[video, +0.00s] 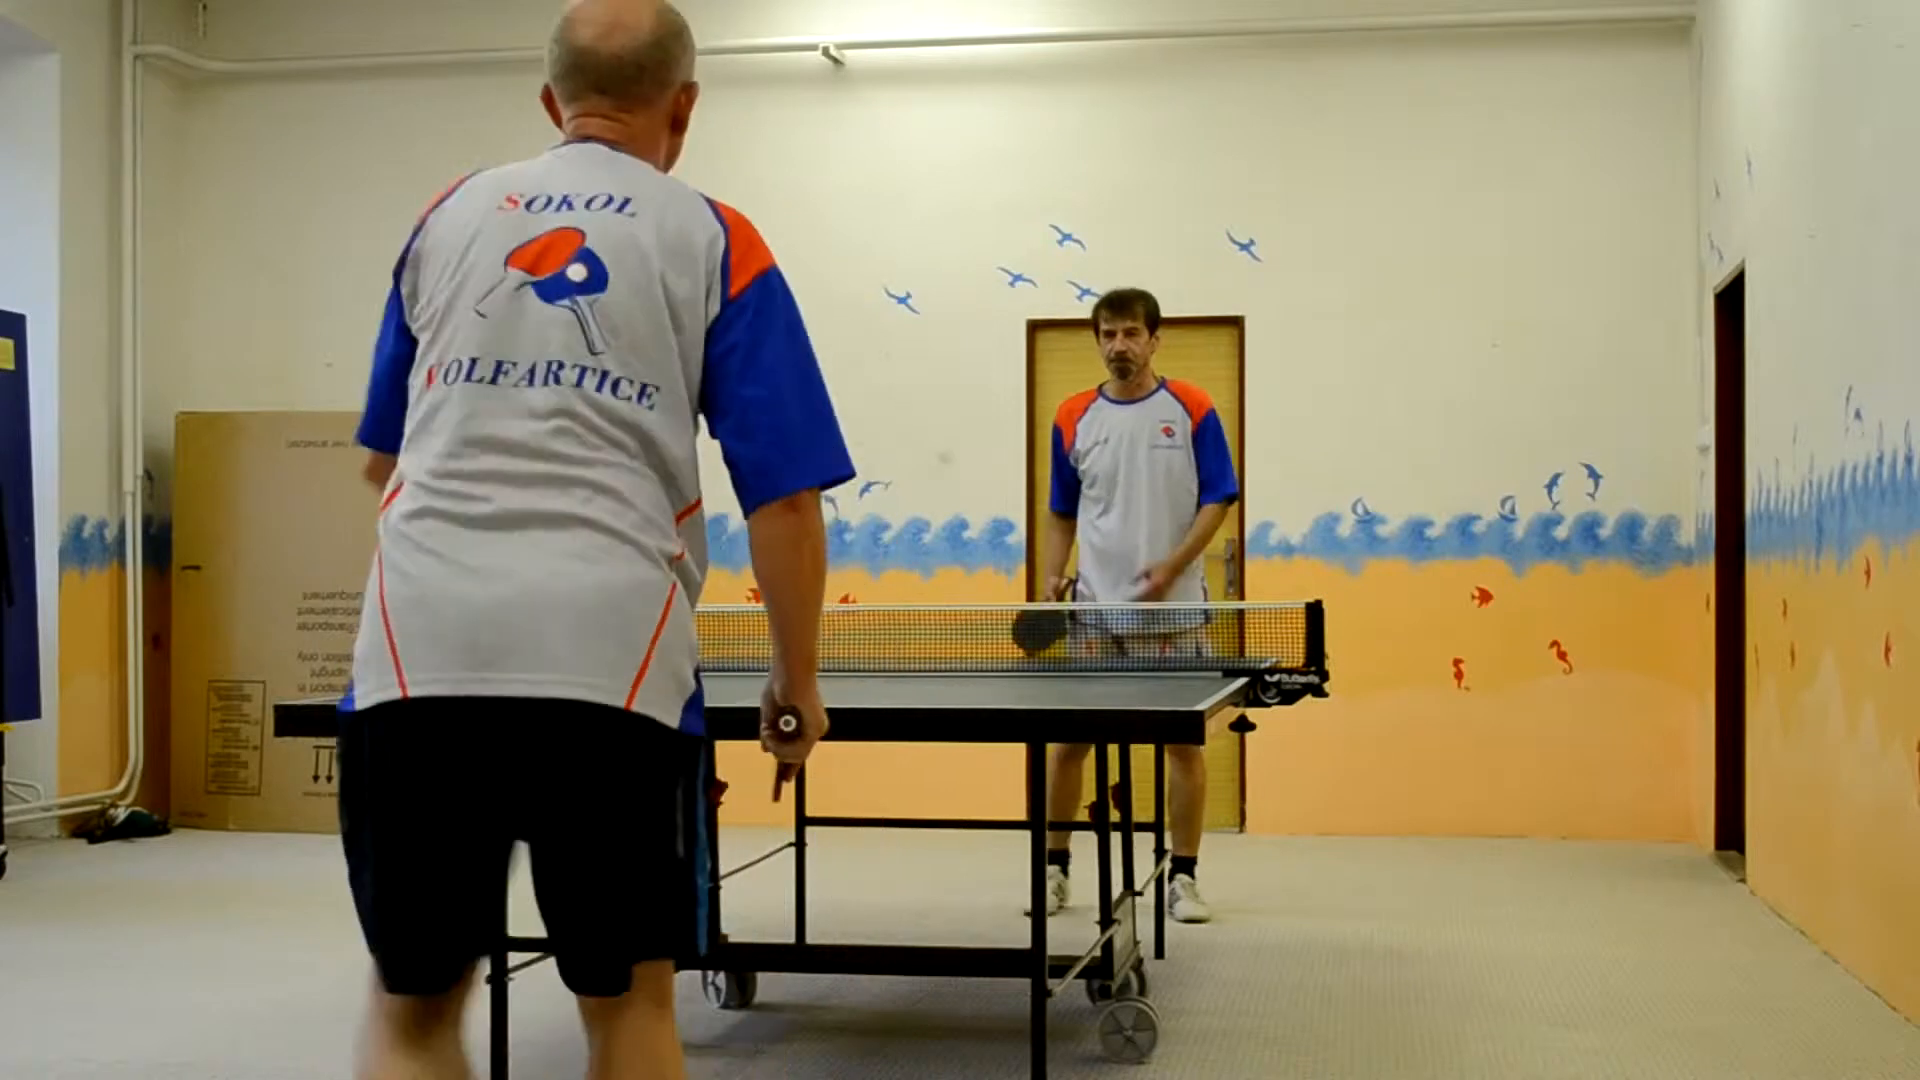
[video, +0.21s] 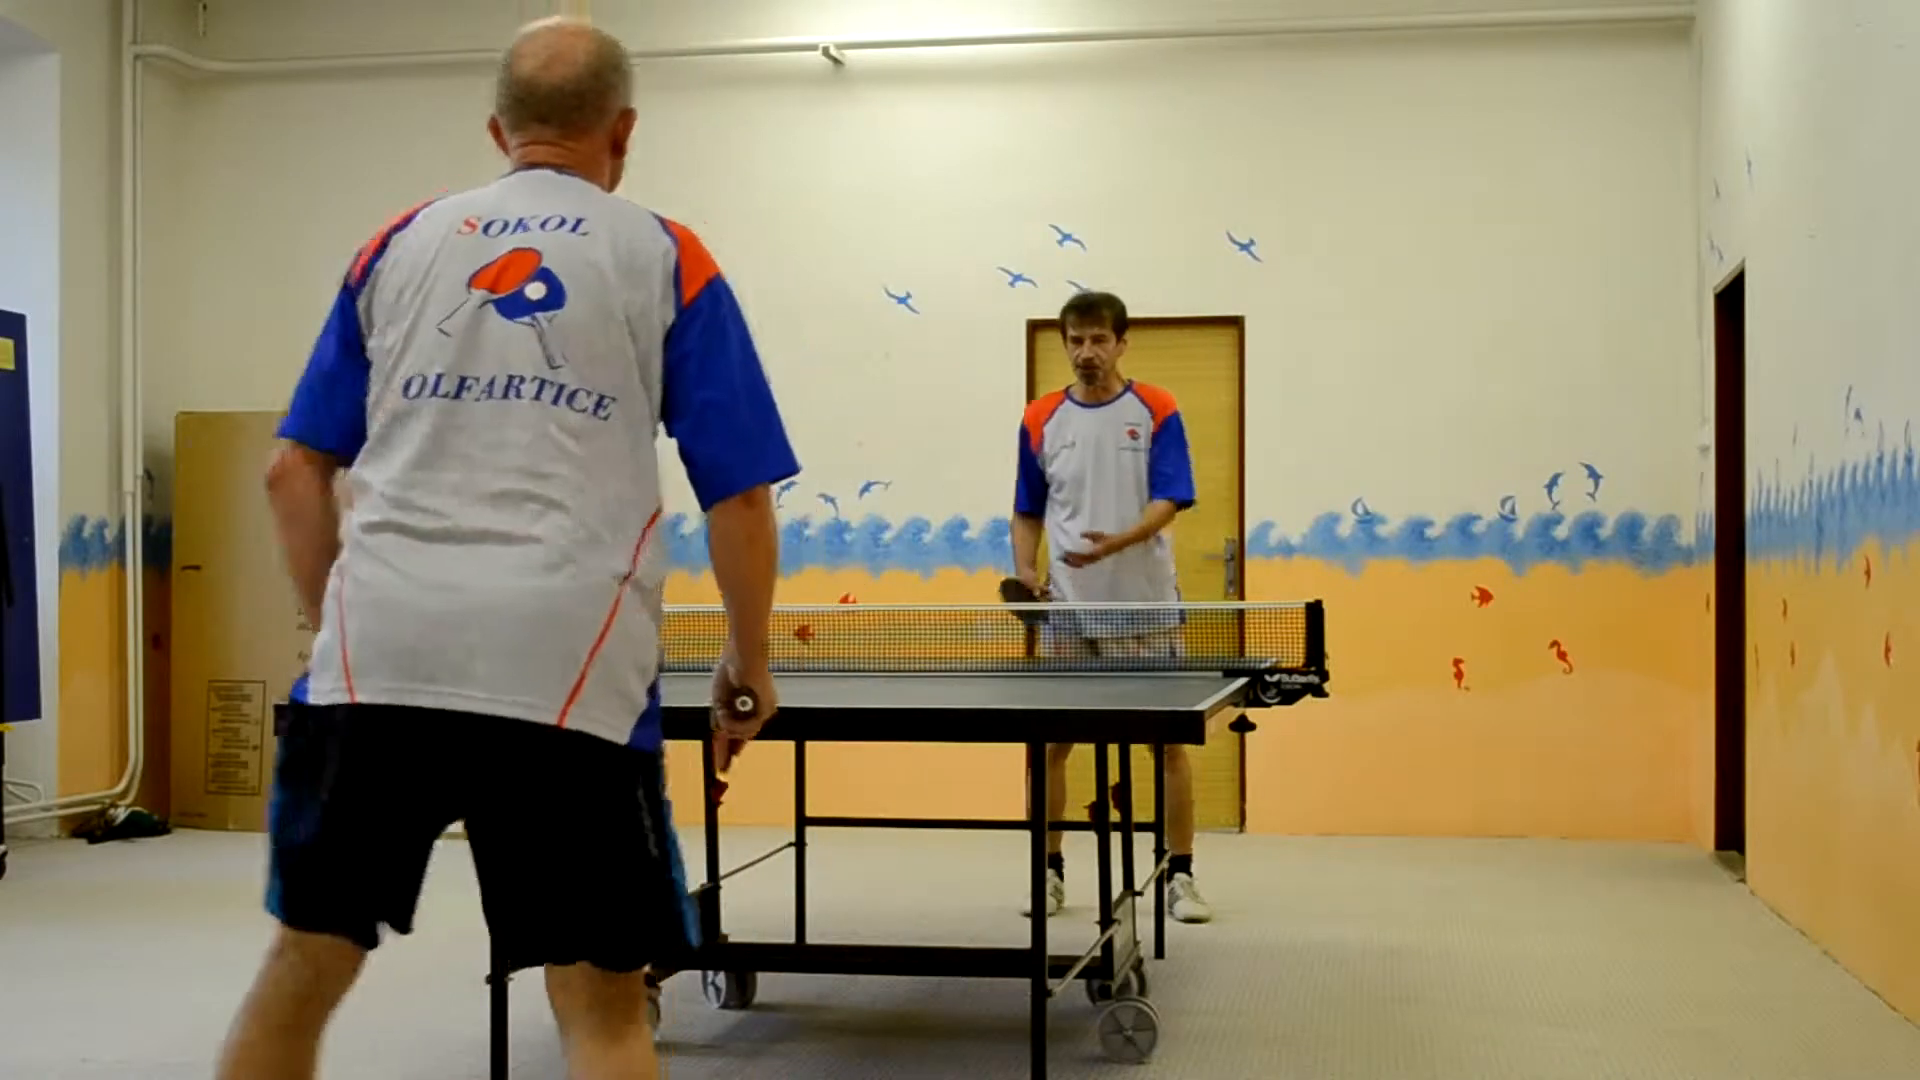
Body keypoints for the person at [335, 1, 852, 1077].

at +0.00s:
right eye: (684, 108)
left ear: (548, 110)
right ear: (682, 107)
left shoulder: (444, 218)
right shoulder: (714, 236)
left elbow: (384, 461)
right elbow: (782, 492)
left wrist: (473, 589)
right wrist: (796, 676)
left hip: (415, 671)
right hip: (607, 674)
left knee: (412, 998)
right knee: (631, 999)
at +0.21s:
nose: (624, 148)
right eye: (630, 133)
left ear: (498, 132)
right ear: (620, 134)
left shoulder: (396, 243)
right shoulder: (665, 255)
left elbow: (296, 465)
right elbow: (740, 492)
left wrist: (335, 629)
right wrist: (746, 658)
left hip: (373, 667)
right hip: (566, 682)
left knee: (300, 970)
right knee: (604, 1005)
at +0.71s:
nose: (592, 251)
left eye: (590, 238)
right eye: (594, 236)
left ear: (481, 229)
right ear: (586, 230)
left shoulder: (381, 317)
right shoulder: (613, 330)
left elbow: (275, 498)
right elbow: (680, 550)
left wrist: (298, 654)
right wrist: (709, 663)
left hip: (337, 687)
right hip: (517, 695)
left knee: (268, 972)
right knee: (655, 963)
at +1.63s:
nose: (645, 331)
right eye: (643, 316)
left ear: (523, 308)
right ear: (627, 319)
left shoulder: (421, 387)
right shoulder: (654, 410)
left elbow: (305, 527)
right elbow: (764, 620)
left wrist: (329, 687)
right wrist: (784, 628)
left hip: (356, 711)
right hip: (540, 720)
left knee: (226, 957)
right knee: (691, 958)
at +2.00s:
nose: (648, 340)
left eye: (648, 323)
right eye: (649, 323)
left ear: (535, 308)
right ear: (635, 323)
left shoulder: (420, 382)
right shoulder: (642, 417)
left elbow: (296, 525)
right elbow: (716, 638)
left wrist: (297, 693)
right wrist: (753, 666)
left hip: (336, 711)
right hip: (520, 722)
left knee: (218, 967)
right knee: (674, 964)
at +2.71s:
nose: (639, 331)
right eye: (639, 316)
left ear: (525, 303)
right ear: (627, 319)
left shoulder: (415, 381)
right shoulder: (645, 411)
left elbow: (291, 534)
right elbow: (712, 636)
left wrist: (299, 703)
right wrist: (712, 683)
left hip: (344, 719)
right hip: (528, 728)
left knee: (223, 965)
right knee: (686, 957)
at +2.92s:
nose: (464, 348)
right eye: (467, 335)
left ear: (357, 337)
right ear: (462, 342)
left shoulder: (282, 424)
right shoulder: (532, 440)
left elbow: (144, 602)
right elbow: (587, 651)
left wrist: (136, 774)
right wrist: (492, 724)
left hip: (302, 772)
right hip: (490, 772)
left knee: (154, 963)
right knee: (647, 978)